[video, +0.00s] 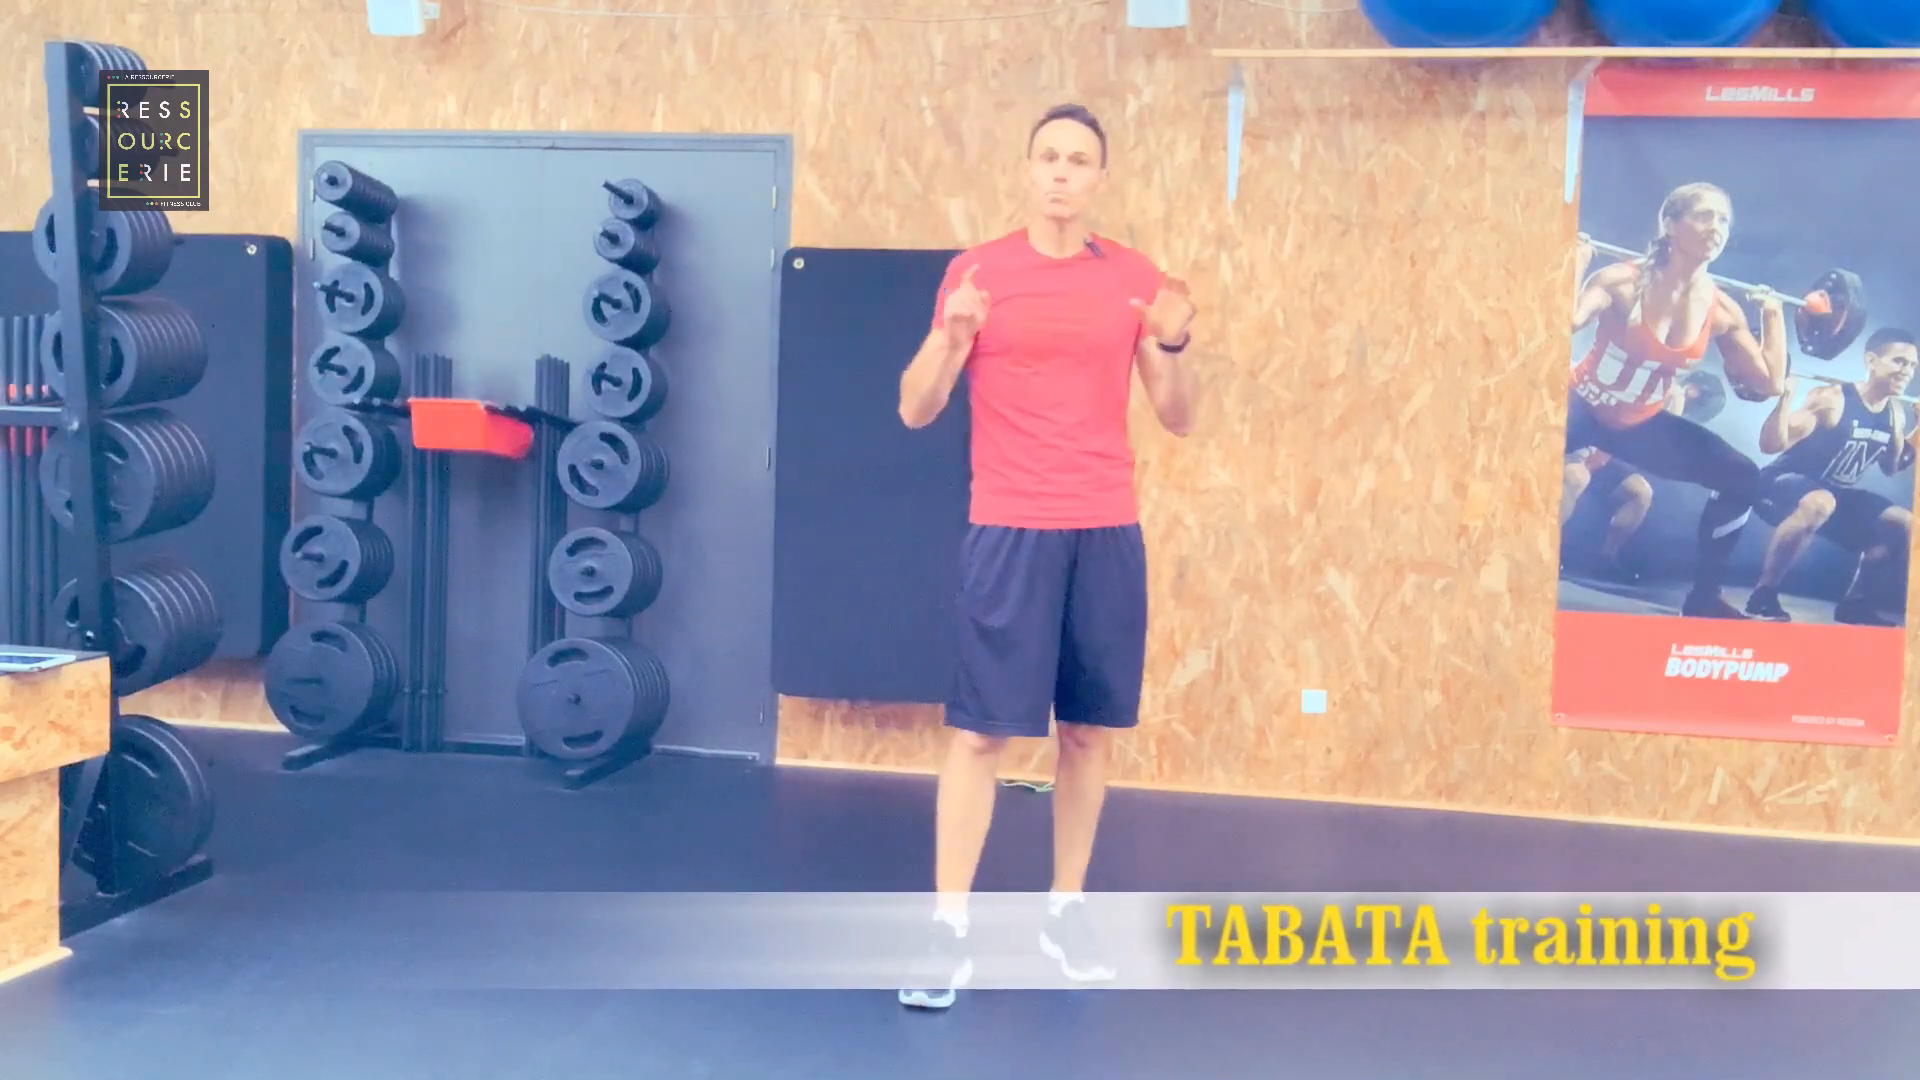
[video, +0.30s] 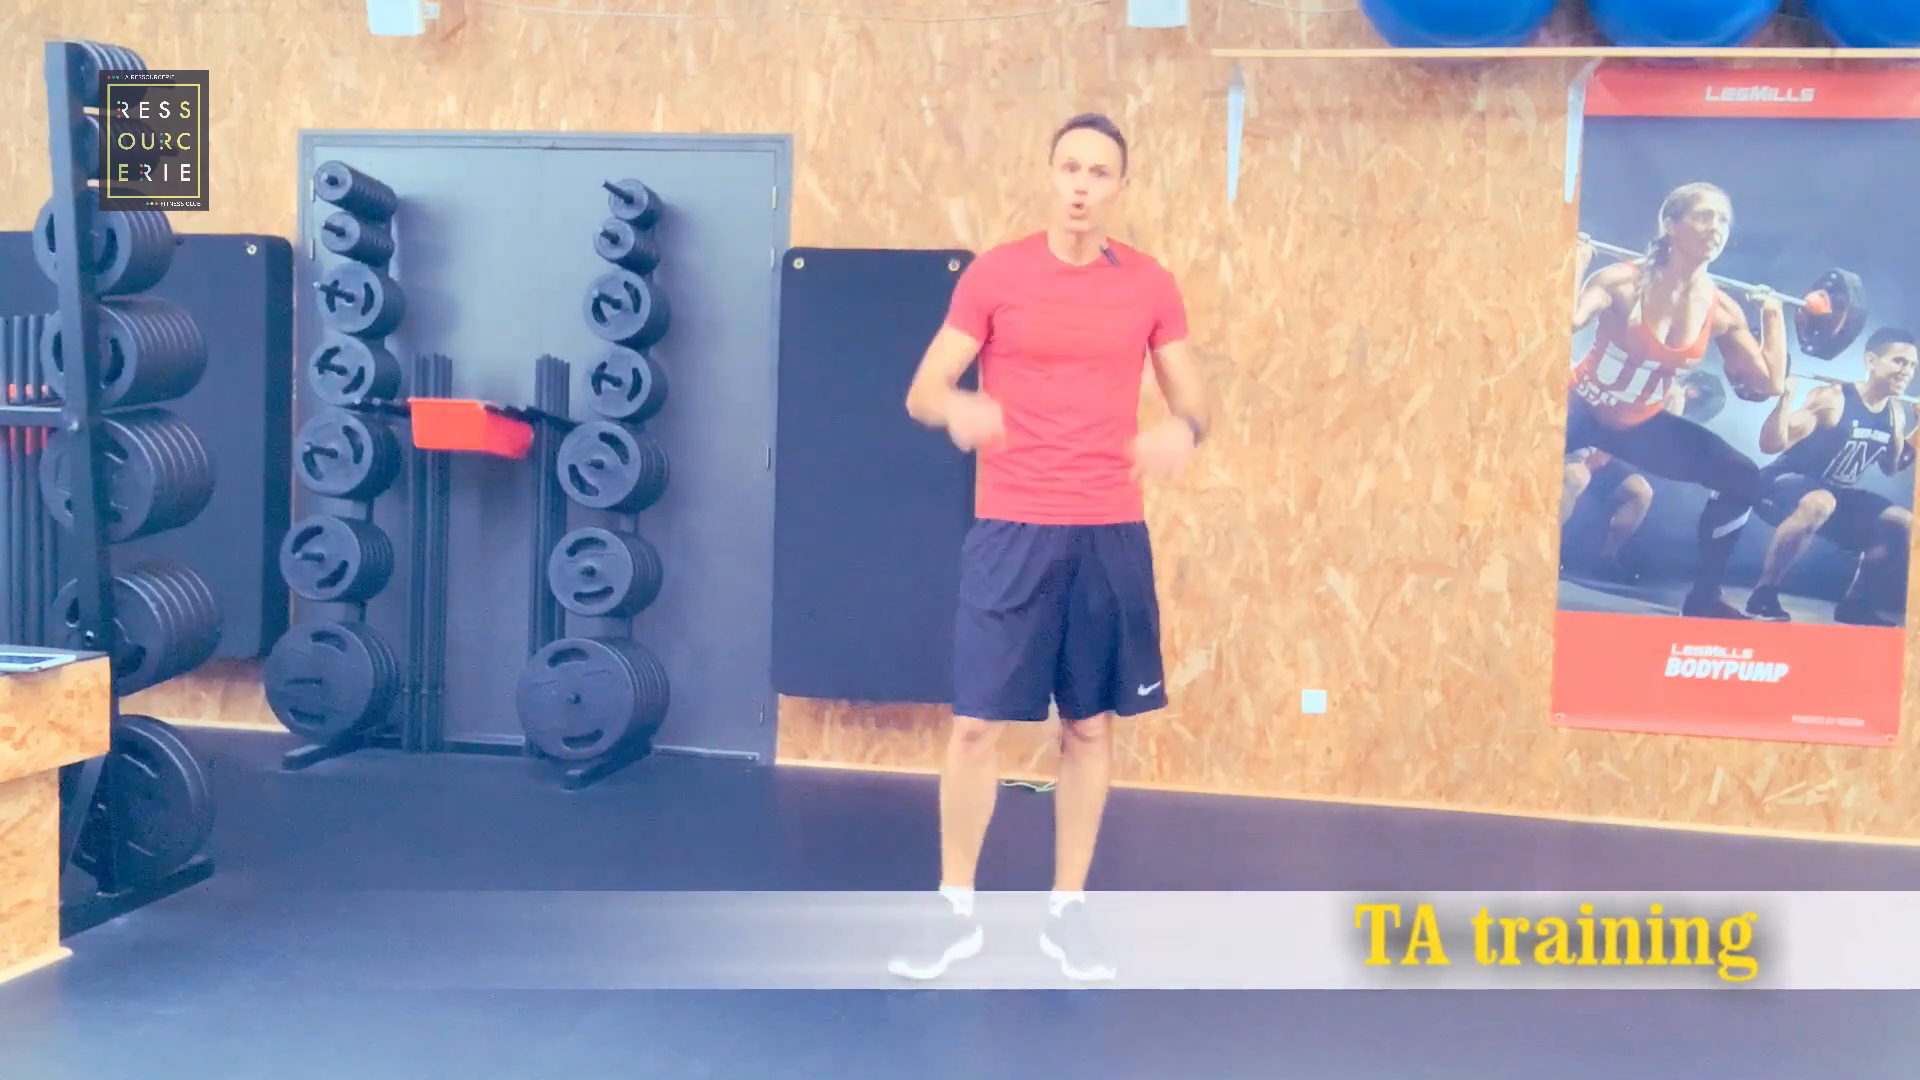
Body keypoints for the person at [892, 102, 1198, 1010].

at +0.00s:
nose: (1063, 174)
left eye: (1080, 162)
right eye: (1050, 159)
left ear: (1103, 180)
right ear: (1025, 172)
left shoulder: (1138, 280)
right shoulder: (976, 271)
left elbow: (1177, 418)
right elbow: (916, 411)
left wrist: (1174, 347)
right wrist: (950, 340)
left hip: (1106, 531)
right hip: (1007, 529)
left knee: (1085, 735)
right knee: (979, 733)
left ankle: (1062, 919)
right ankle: (948, 932)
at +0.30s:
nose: (1081, 185)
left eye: (1098, 172)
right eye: (1070, 169)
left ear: (1122, 188)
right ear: (1048, 177)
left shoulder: (1150, 284)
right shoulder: (993, 275)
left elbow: (1191, 408)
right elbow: (924, 393)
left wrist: (1180, 434)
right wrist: (959, 407)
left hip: (1108, 528)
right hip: (1010, 526)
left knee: (1087, 726)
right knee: (976, 724)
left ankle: (1067, 911)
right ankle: (956, 909)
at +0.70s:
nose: (1045, 189)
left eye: (1060, 179)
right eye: (1034, 175)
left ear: (1082, 195)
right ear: (1010, 185)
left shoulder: (1110, 289)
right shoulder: (958, 281)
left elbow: (1144, 406)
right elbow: (904, 404)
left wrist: (1131, 496)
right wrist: (936, 491)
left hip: (1080, 528)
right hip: (981, 526)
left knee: (1071, 718)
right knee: (971, 713)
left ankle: (1066, 907)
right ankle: (959, 868)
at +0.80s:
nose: (1027, 191)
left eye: (1043, 180)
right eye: (1017, 177)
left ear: (1065, 197)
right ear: (994, 188)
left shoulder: (1096, 289)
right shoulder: (945, 283)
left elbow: (1132, 406)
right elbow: (892, 403)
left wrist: (1114, 496)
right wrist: (923, 490)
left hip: (1064, 529)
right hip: (969, 527)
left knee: (1061, 718)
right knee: (970, 711)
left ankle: (1065, 907)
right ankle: (959, 872)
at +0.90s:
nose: (1014, 197)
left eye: (1030, 185)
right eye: (1003, 182)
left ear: (1053, 200)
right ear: (981, 193)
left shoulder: (1085, 291)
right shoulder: (935, 289)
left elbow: (1123, 406)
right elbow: (883, 406)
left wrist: (1102, 496)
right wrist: (914, 494)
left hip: (1056, 529)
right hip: (961, 528)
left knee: (1058, 712)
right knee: (963, 707)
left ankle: (1066, 902)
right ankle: (959, 876)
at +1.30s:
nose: (1015, 200)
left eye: (1030, 189)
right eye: (1003, 186)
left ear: (1052, 204)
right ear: (981, 198)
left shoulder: (1082, 291)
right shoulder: (941, 290)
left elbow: (1124, 396)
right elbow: (884, 403)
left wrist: (1107, 457)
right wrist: (920, 469)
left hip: (1056, 528)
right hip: (963, 526)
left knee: (1065, 701)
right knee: (961, 697)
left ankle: (1052, 834)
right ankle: (959, 867)